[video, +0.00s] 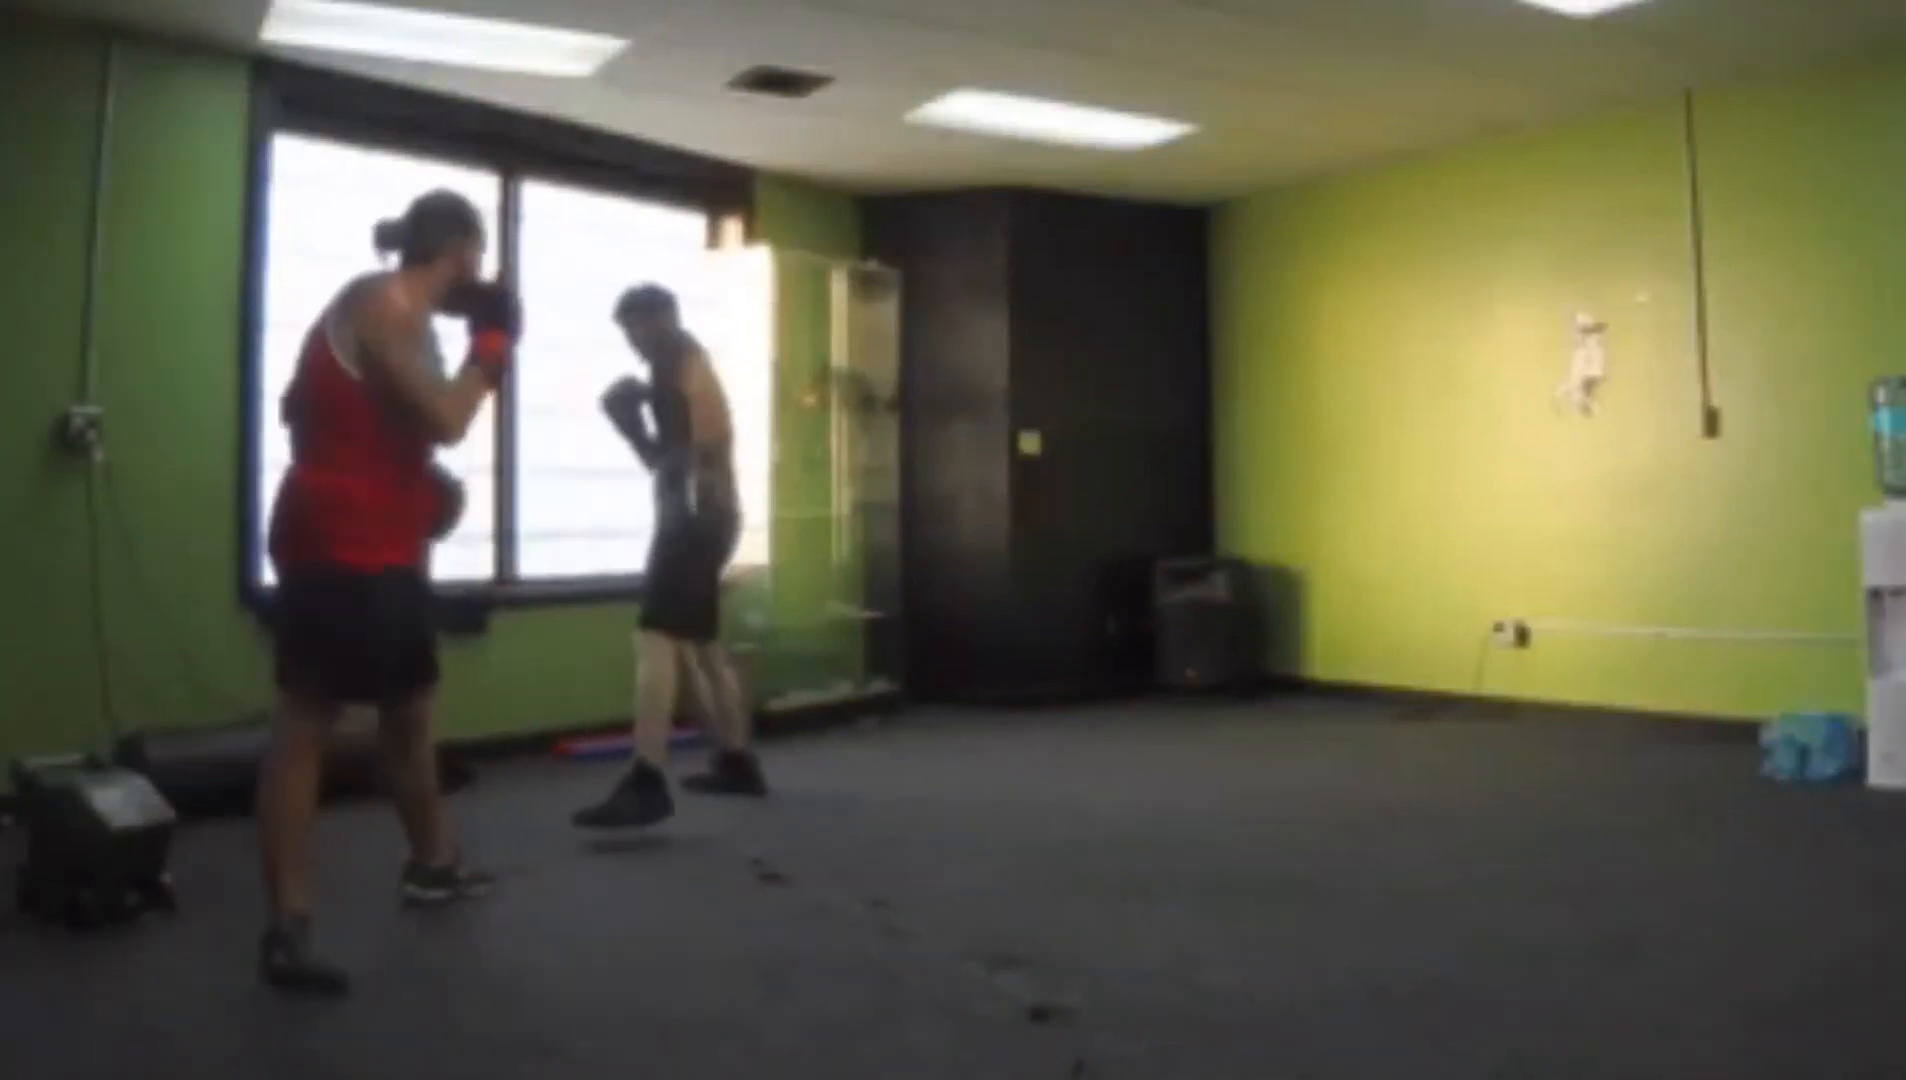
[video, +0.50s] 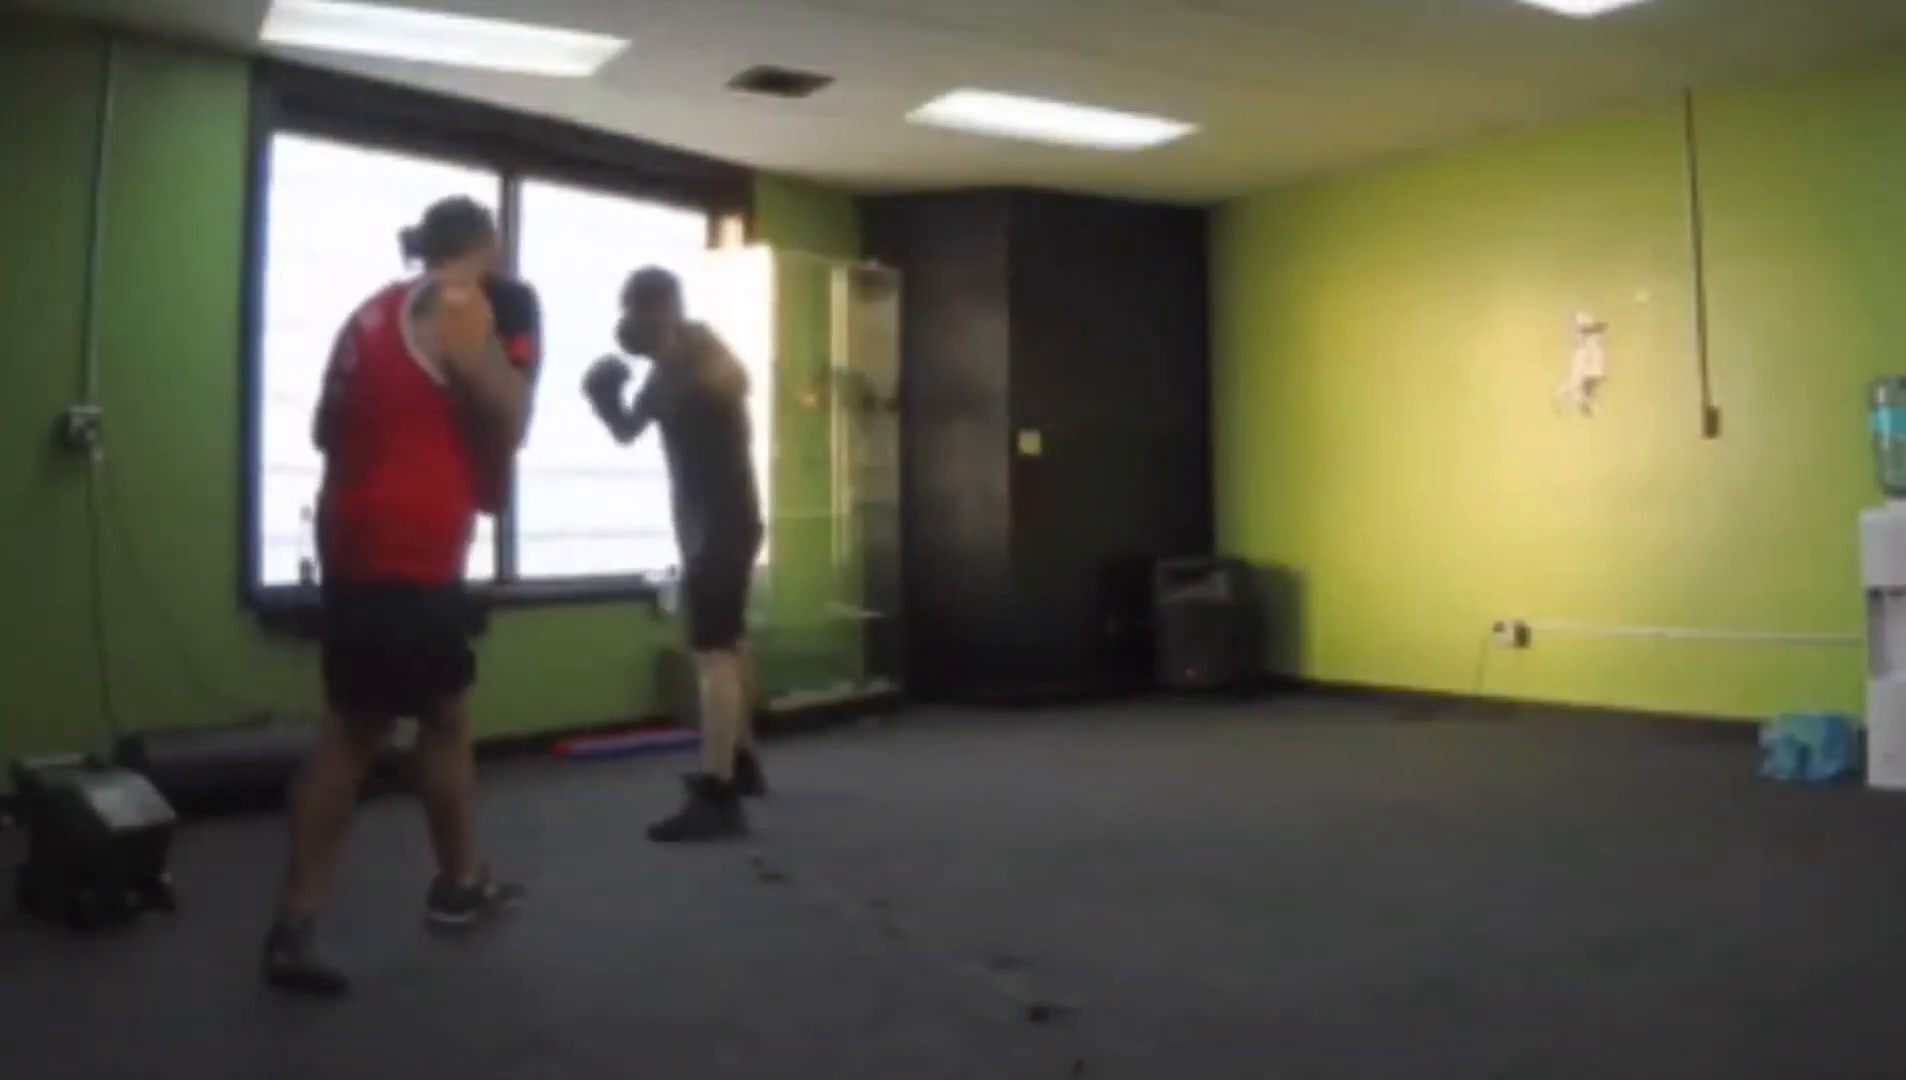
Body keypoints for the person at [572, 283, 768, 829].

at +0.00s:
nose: (634, 342)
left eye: (638, 331)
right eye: (629, 333)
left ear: (662, 321)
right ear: (644, 327)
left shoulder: (683, 366)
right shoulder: (673, 369)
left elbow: (688, 448)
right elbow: (663, 456)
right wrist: (631, 419)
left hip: (696, 508)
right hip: (695, 506)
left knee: (657, 636)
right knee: (700, 641)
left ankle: (648, 775)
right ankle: (736, 758)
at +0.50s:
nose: (624, 327)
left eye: (630, 315)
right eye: (624, 315)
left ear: (657, 312)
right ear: (665, 309)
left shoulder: (679, 362)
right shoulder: (701, 352)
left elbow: (625, 429)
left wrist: (602, 391)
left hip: (715, 527)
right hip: (726, 521)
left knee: (714, 653)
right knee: (724, 647)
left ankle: (715, 788)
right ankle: (738, 759)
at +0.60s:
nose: (634, 331)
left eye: (632, 320)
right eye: (632, 319)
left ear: (639, 313)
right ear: (668, 299)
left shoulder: (665, 357)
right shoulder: (704, 342)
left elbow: (606, 413)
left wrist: (585, 356)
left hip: (718, 517)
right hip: (742, 510)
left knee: (717, 651)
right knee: (724, 647)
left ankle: (716, 789)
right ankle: (738, 762)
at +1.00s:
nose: (633, 316)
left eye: (638, 304)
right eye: (630, 306)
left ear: (655, 300)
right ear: (648, 303)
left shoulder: (690, 341)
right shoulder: (652, 353)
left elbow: (731, 400)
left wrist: (672, 408)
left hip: (734, 517)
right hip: (708, 518)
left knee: (723, 649)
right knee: (727, 646)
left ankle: (720, 787)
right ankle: (748, 755)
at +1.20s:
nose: (635, 325)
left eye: (637, 314)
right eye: (636, 314)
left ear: (648, 312)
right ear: (675, 304)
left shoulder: (688, 351)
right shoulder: (684, 351)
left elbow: (761, 409)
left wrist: (710, 445)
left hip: (718, 514)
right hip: (710, 512)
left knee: (711, 652)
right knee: (725, 647)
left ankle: (718, 788)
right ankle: (748, 756)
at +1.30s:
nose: (644, 330)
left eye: (647, 319)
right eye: (650, 318)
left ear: (658, 319)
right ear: (690, 312)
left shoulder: (685, 356)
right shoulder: (713, 351)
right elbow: (764, 411)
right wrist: (715, 438)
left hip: (710, 518)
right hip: (723, 515)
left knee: (703, 649)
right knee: (726, 643)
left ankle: (718, 786)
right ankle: (747, 756)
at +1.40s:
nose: (655, 343)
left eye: (659, 334)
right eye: (658, 334)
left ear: (673, 336)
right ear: (708, 328)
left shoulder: (695, 370)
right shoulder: (726, 366)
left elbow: (683, 442)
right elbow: (761, 411)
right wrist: (719, 431)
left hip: (702, 517)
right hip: (724, 515)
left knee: (700, 648)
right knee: (723, 642)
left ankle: (721, 789)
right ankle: (748, 755)